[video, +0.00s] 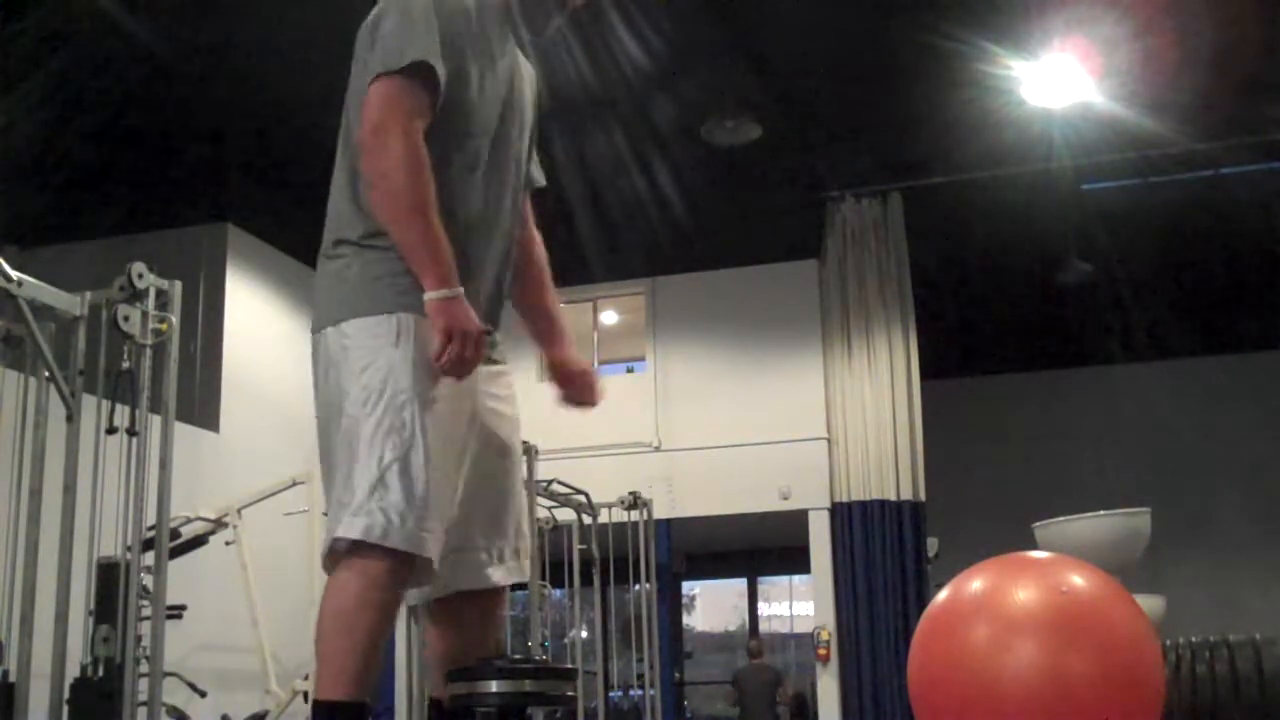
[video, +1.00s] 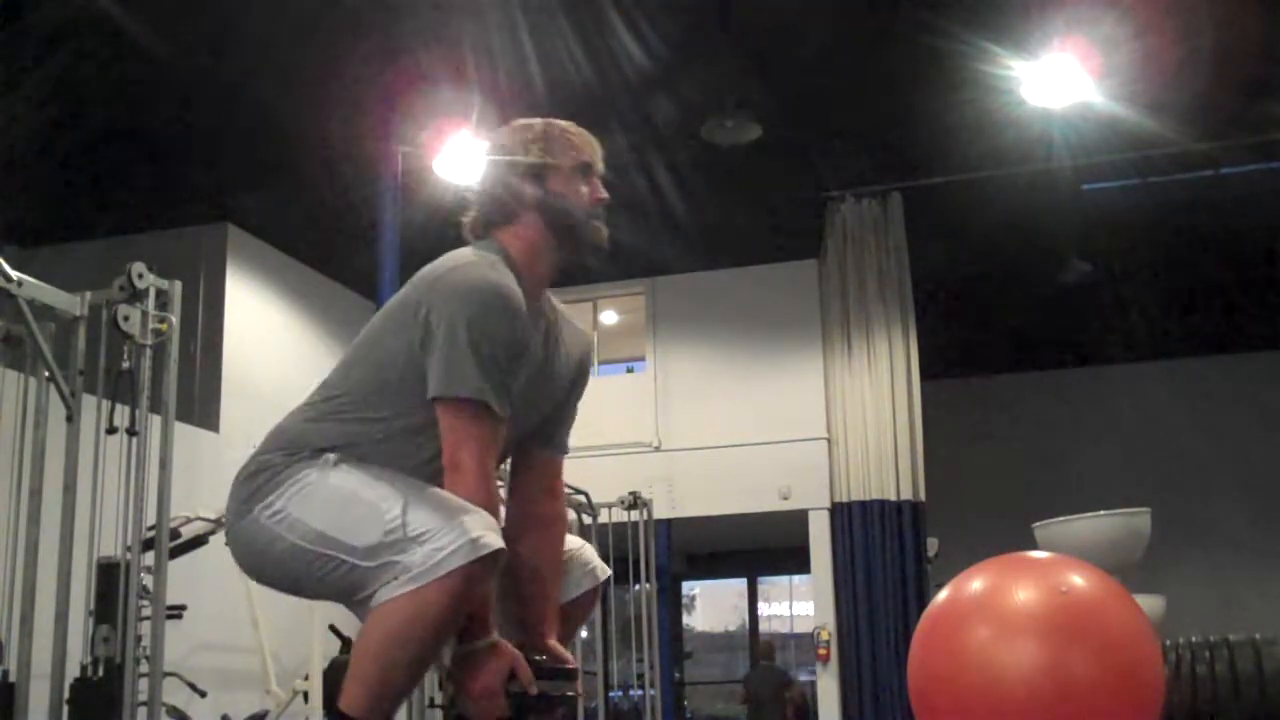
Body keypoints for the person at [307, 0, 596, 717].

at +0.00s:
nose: (580, 6)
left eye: (581, 10)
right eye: (578, 3)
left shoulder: (517, 64)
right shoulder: (427, 6)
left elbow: (513, 217)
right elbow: (386, 137)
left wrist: (557, 342)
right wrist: (442, 286)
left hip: (472, 323)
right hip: (388, 305)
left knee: (474, 567)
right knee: (380, 543)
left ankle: (470, 717)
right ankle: (336, 714)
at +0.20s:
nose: (608, 35)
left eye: (619, 22)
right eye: (601, 11)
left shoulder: (549, 131)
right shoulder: (447, 50)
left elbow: (519, 272)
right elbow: (424, 213)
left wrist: (530, 389)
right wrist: (475, 369)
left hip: (454, 342)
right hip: (358, 318)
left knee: (511, 558)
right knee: (402, 535)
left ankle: (475, 712)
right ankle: (339, 713)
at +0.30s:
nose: (617, 87)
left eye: (629, 75)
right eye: (613, 61)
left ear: (627, 89)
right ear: (564, 41)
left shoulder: (559, 192)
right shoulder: (464, 118)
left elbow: (526, 335)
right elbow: (447, 292)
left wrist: (542, 462)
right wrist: (486, 453)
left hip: (422, 377)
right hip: (329, 350)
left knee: (532, 554)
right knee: (420, 533)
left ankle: (476, 711)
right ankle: (342, 715)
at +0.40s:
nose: (639, 146)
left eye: (645, 129)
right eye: (628, 120)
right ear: (571, 108)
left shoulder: (566, 263)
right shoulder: (480, 199)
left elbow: (538, 420)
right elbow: (467, 390)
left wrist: (548, 562)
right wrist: (489, 552)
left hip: (403, 415)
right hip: (314, 392)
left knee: (552, 569)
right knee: (441, 542)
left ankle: (487, 709)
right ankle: (347, 712)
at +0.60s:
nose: (646, 202)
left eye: (647, 186)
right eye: (630, 178)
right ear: (569, 175)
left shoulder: (575, 329)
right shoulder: (500, 264)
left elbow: (547, 476)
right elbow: (480, 456)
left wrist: (548, 623)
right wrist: (489, 623)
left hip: (394, 463)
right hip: (305, 444)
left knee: (570, 575)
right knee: (466, 552)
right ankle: (356, 708)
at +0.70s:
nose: (642, 206)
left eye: (642, 191)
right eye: (626, 185)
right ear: (567, 188)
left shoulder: (577, 342)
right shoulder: (500, 278)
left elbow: (546, 497)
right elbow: (478, 468)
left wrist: (547, 646)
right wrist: (482, 634)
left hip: (394, 477)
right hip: (301, 457)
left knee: (572, 578)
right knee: (465, 550)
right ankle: (357, 708)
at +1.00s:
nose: (604, 192)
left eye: (601, 177)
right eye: (584, 174)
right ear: (527, 186)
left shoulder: (567, 342)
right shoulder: (477, 286)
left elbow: (541, 494)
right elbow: (468, 475)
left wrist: (540, 636)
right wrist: (477, 640)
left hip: (392, 497)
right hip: (291, 485)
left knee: (574, 576)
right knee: (456, 546)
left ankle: (484, 710)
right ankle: (355, 711)